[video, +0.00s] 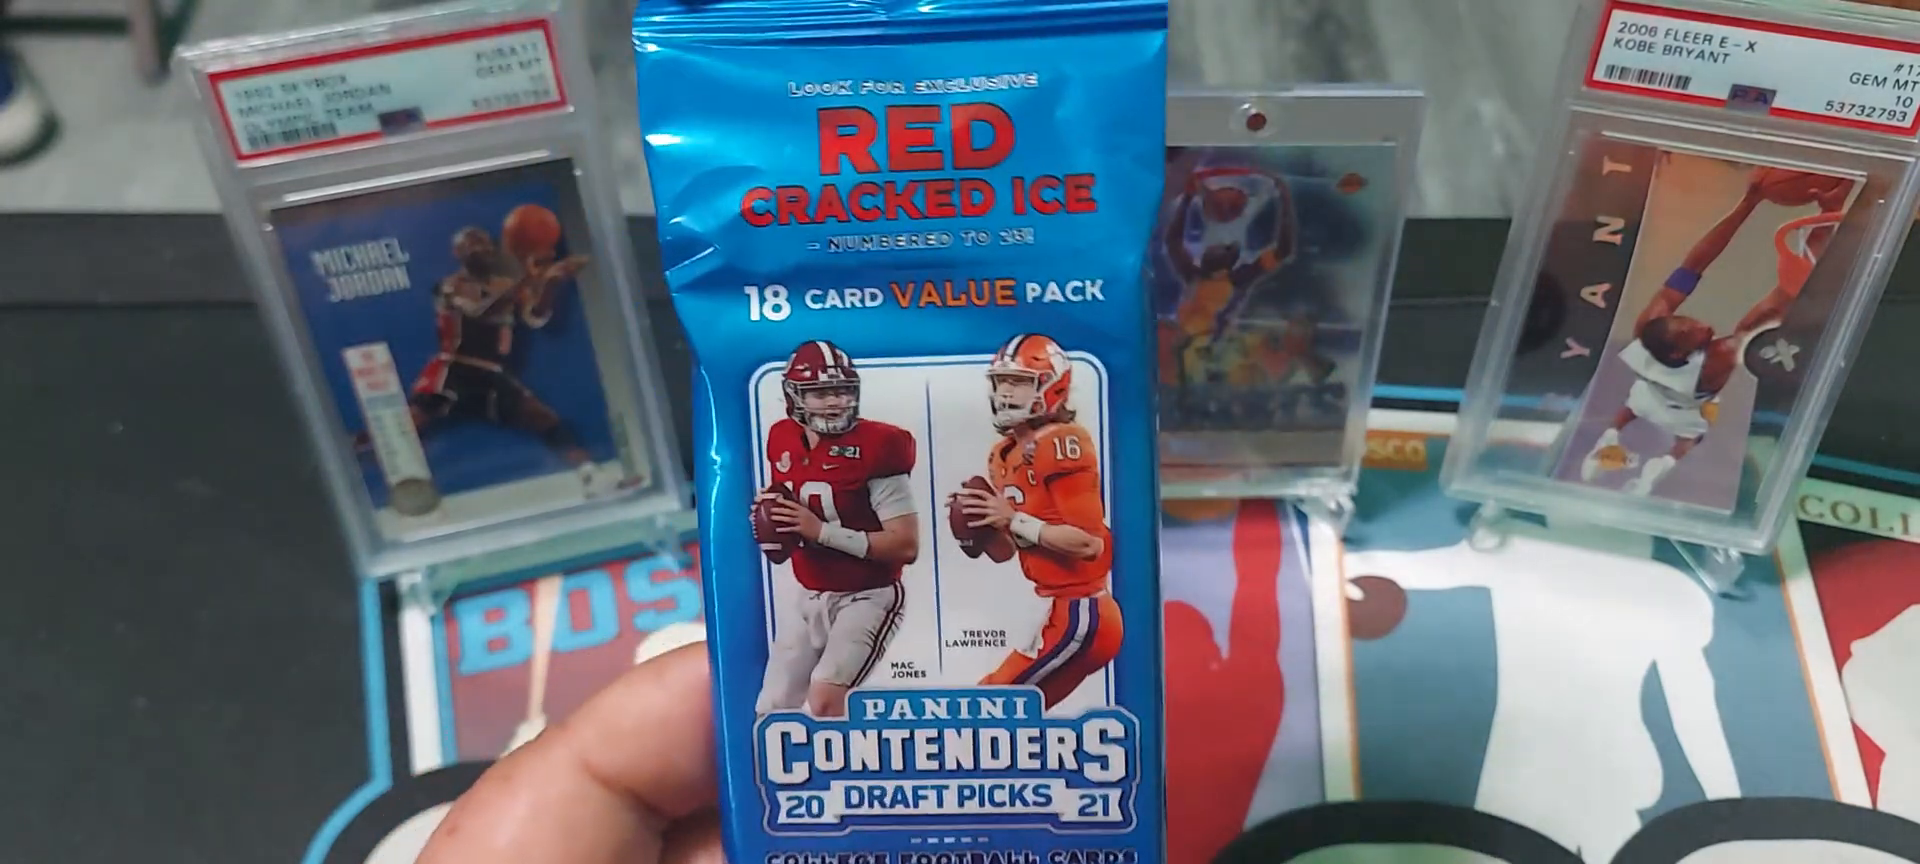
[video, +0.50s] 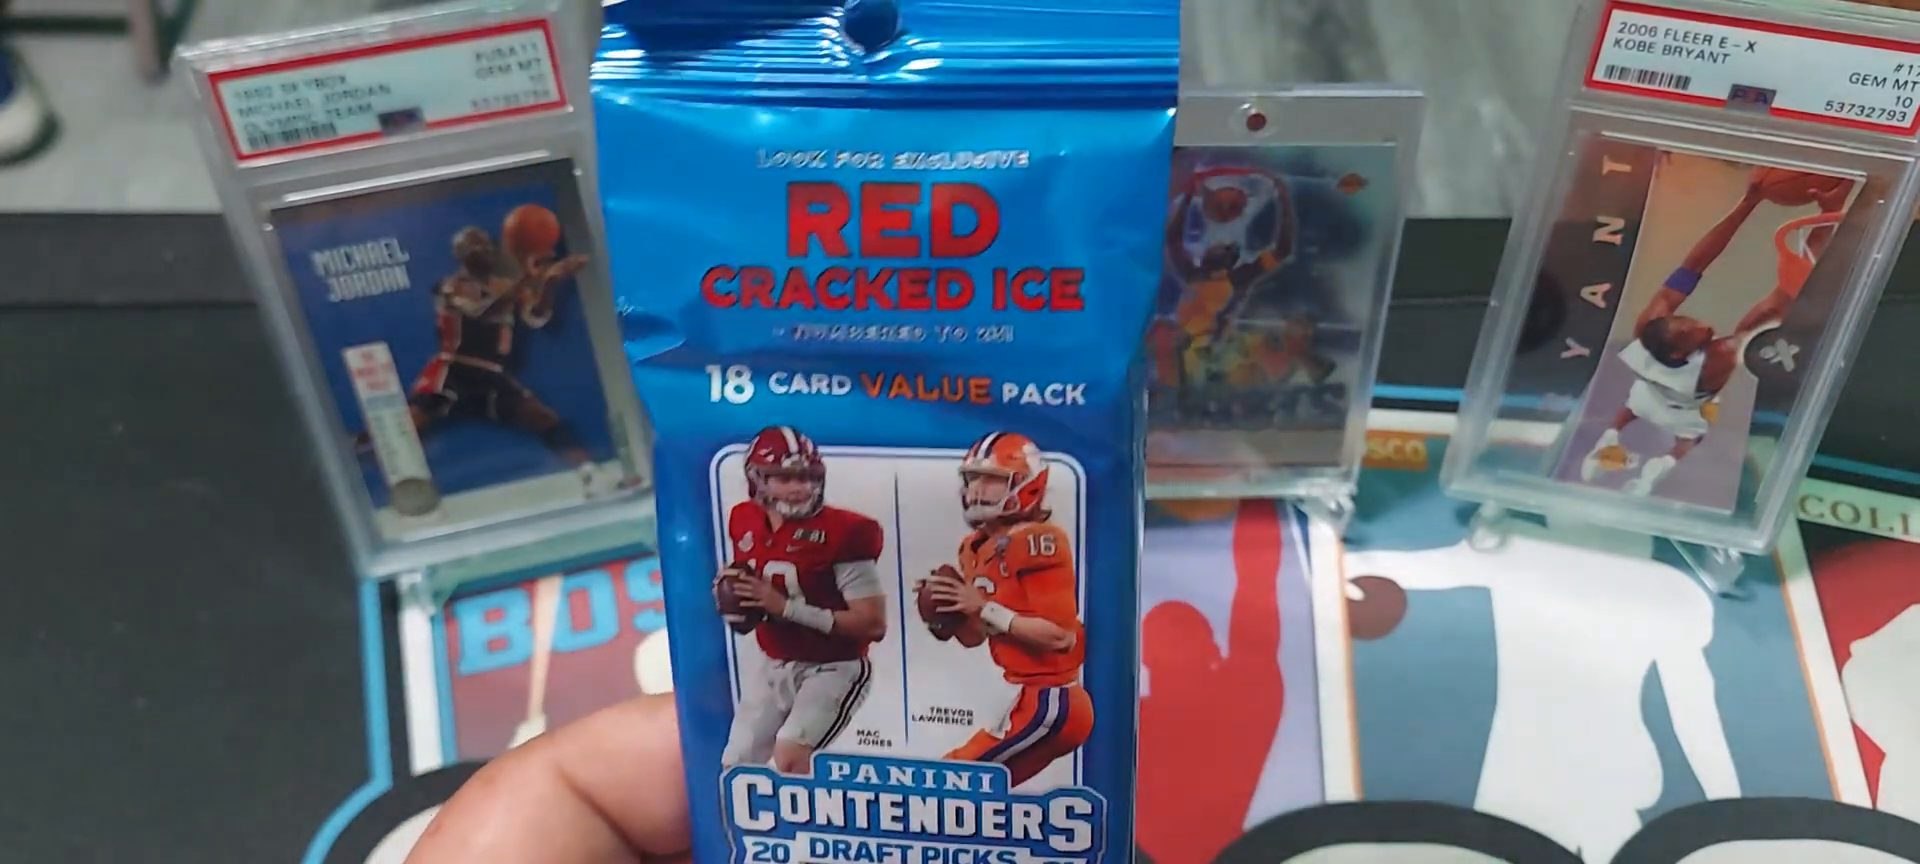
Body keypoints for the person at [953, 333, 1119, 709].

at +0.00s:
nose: (1004, 393)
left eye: (1017, 383)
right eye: (999, 382)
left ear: (1049, 387)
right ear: (992, 385)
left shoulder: (1062, 442)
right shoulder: (1002, 454)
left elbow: (1088, 542)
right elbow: (1002, 551)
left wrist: (1012, 519)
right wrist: (975, 523)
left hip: (1081, 614)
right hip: (1060, 612)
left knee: (985, 709)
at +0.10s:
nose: (1027, 423)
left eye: (1041, 413)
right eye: (1023, 411)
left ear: (1072, 419)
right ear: (1014, 414)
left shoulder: (1083, 475)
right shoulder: (1019, 484)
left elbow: (1102, 575)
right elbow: (1014, 580)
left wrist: (1027, 549)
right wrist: (988, 551)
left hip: (1093, 649)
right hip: (1067, 646)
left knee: (986, 737)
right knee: (995, 743)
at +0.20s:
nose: (1032, 438)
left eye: (1046, 428)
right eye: (1028, 426)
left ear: (1079, 434)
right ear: (1019, 428)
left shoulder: (1088, 491)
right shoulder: (1023, 496)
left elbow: (1102, 590)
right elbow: (1016, 593)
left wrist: (1029, 561)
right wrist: (990, 561)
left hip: (1093, 662)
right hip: (1069, 658)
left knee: (986, 747)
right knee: (995, 753)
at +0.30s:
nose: (1005, 433)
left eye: (1018, 424)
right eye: (1000, 422)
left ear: (1050, 429)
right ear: (992, 424)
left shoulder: (1061, 484)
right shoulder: (998, 491)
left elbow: (1079, 582)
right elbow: (994, 587)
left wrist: (1006, 556)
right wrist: (967, 559)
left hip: (1071, 654)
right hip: (1047, 650)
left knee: (968, 741)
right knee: (973, 745)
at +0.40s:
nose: (999, 461)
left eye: (1013, 451)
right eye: (995, 449)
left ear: (1045, 458)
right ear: (987, 453)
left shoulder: (1056, 513)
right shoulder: (991, 518)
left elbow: (1071, 610)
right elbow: (989, 611)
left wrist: (994, 579)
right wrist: (962, 589)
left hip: (1062, 681)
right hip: (1037, 677)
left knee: (958, 764)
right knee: (968, 770)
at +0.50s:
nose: (977, 490)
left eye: (991, 480)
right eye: (972, 479)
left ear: (1023, 485)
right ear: (964, 483)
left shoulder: (1040, 541)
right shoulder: (973, 547)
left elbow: (1059, 635)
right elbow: (972, 637)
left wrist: (983, 608)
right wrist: (943, 611)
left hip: (1052, 704)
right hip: (1028, 700)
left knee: (948, 782)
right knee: (957, 788)